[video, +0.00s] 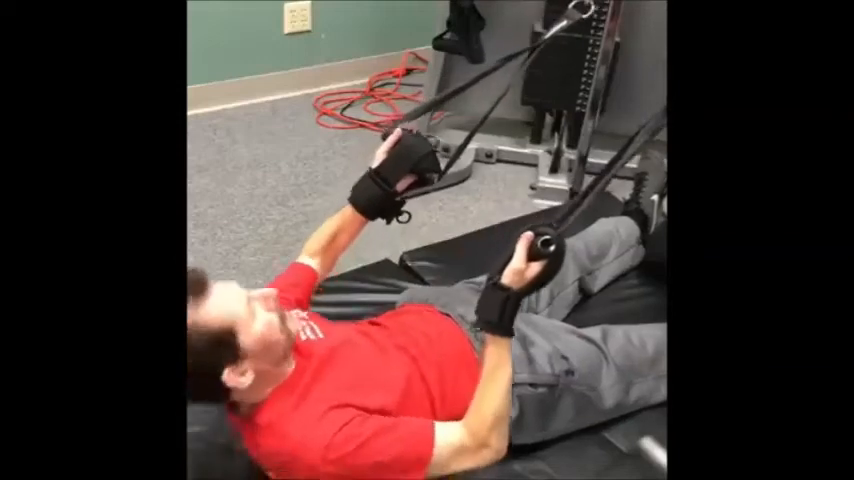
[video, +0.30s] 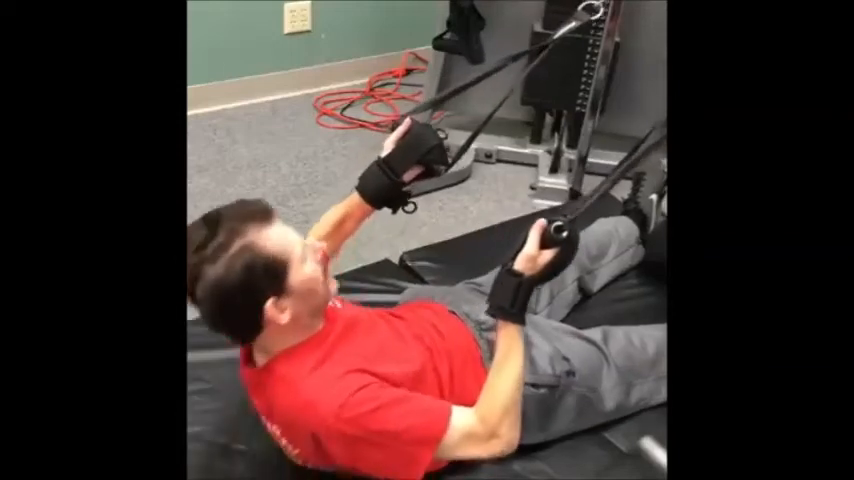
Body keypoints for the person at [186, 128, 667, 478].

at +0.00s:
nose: (267, 298)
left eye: (248, 294)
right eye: (250, 312)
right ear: (241, 377)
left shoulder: (265, 321)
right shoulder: (309, 443)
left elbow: (315, 259)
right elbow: (482, 443)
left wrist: (374, 190)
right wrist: (503, 308)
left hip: (438, 308)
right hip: (498, 374)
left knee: (551, 262)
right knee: (642, 355)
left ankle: (633, 225)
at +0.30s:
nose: (320, 249)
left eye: (307, 244)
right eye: (305, 257)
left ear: (276, 306)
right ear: (278, 310)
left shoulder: (278, 312)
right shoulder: (338, 411)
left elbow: (320, 247)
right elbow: (493, 435)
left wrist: (377, 184)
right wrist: (514, 302)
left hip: (455, 307)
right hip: (508, 375)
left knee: (594, 238)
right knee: (653, 351)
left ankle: (635, 223)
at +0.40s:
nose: (332, 236)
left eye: (319, 231)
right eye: (319, 243)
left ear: (286, 295)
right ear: (292, 295)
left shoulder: (270, 302)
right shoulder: (341, 396)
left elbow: (328, 237)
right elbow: (496, 432)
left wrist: (383, 179)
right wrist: (519, 292)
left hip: (454, 306)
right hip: (507, 377)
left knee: (605, 230)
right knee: (653, 351)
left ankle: (636, 222)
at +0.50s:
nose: (344, 223)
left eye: (333, 217)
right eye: (333, 224)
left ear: (293, 276)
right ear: (304, 276)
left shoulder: (274, 300)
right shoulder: (351, 384)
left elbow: (336, 230)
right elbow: (500, 427)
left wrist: (385, 176)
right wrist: (524, 286)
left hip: (454, 306)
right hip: (508, 379)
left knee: (606, 230)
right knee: (656, 350)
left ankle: (638, 221)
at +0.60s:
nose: (362, 210)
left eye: (352, 201)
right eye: (350, 210)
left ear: (310, 253)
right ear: (322, 256)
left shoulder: (275, 283)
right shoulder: (357, 368)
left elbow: (324, 235)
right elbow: (505, 425)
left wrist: (387, 171)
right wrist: (531, 284)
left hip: (444, 306)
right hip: (504, 375)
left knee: (548, 266)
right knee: (656, 351)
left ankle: (633, 221)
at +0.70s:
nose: (381, 198)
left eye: (372, 189)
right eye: (371, 197)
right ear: (340, 238)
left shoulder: (282, 268)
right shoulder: (371, 355)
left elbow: (324, 206)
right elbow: (512, 424)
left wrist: (395, 161)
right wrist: (539, 284)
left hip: (454, 304)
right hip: (506, 369)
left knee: (559, 259)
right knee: (659, 349)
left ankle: (634, 221)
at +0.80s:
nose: (396, 190)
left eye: (390, 181)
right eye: (388, 186)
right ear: (358, 220)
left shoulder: (290, 251)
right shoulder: (383, 340)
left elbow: (334, 197)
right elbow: (516, 421)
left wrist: (400, 155)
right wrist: (545, 282)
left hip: (453, 305)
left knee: (558, 264)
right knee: (659, 349)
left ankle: (634, 218)